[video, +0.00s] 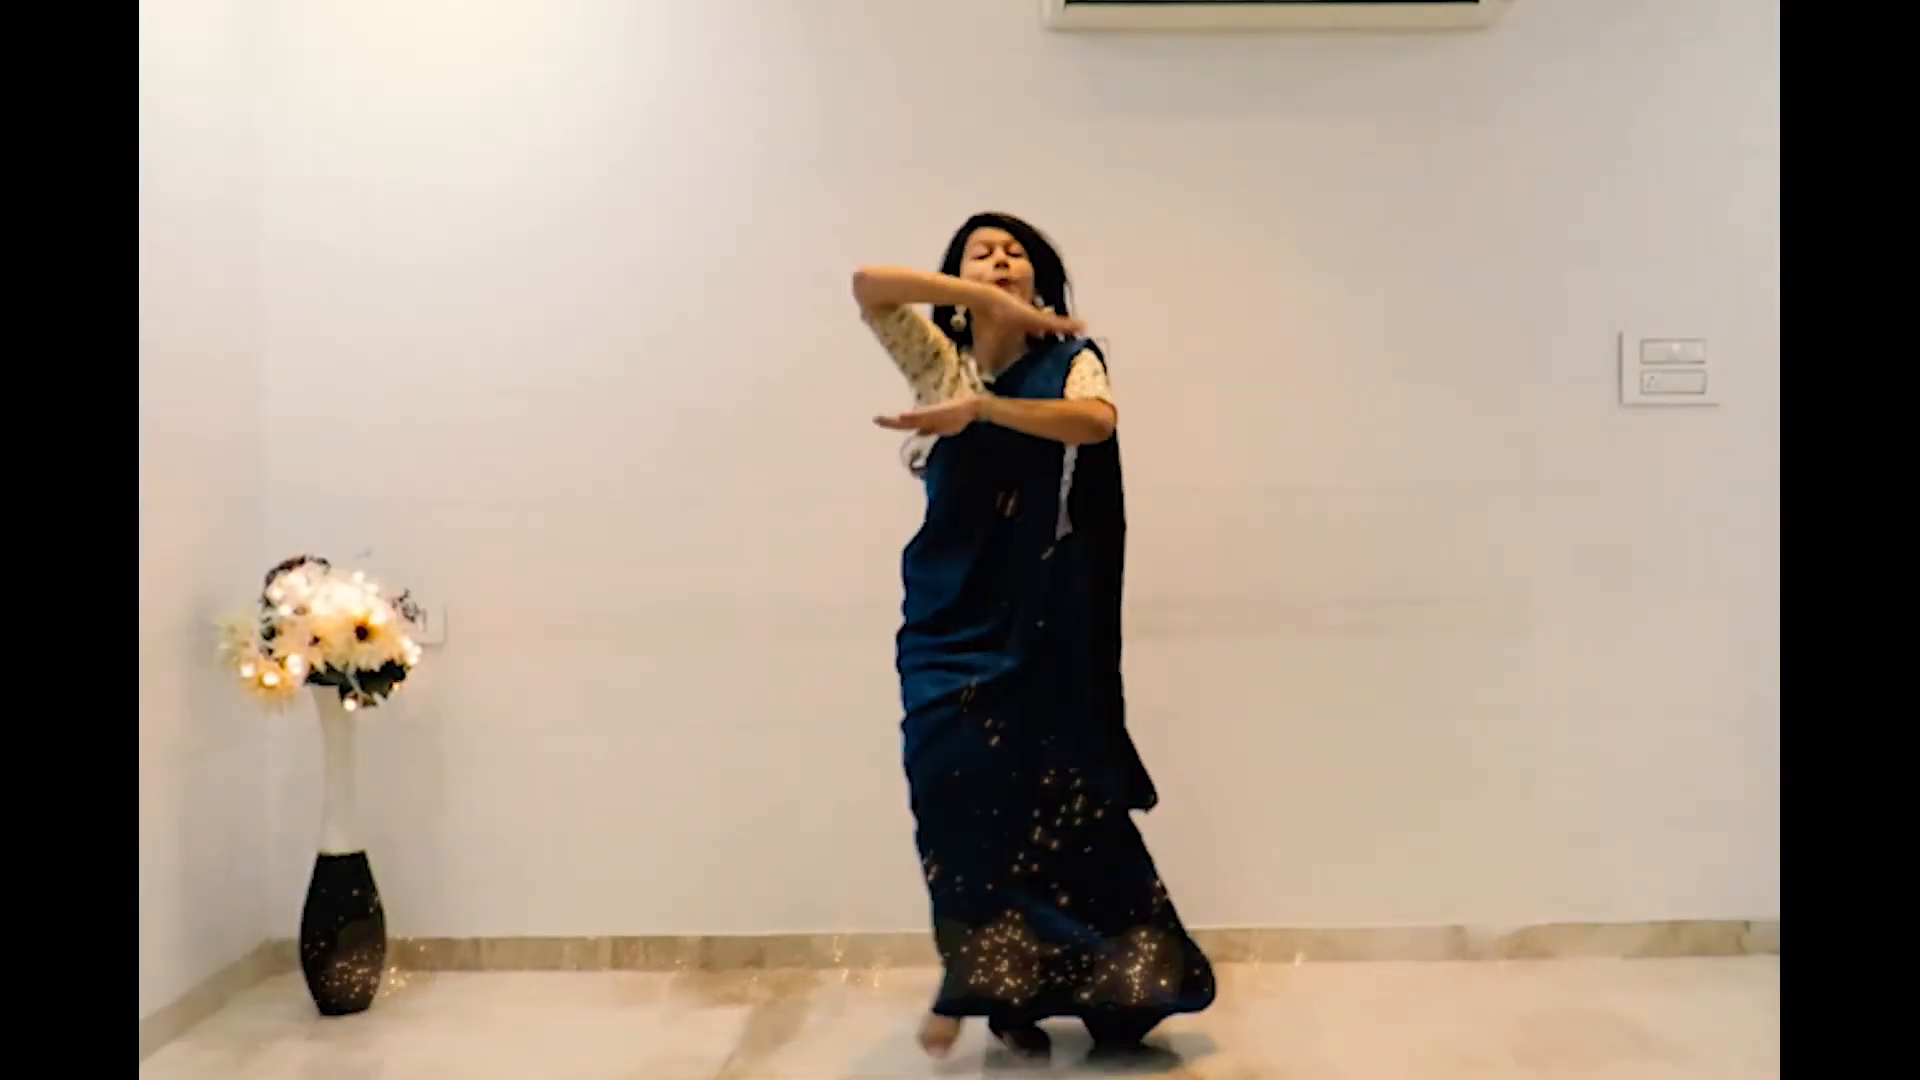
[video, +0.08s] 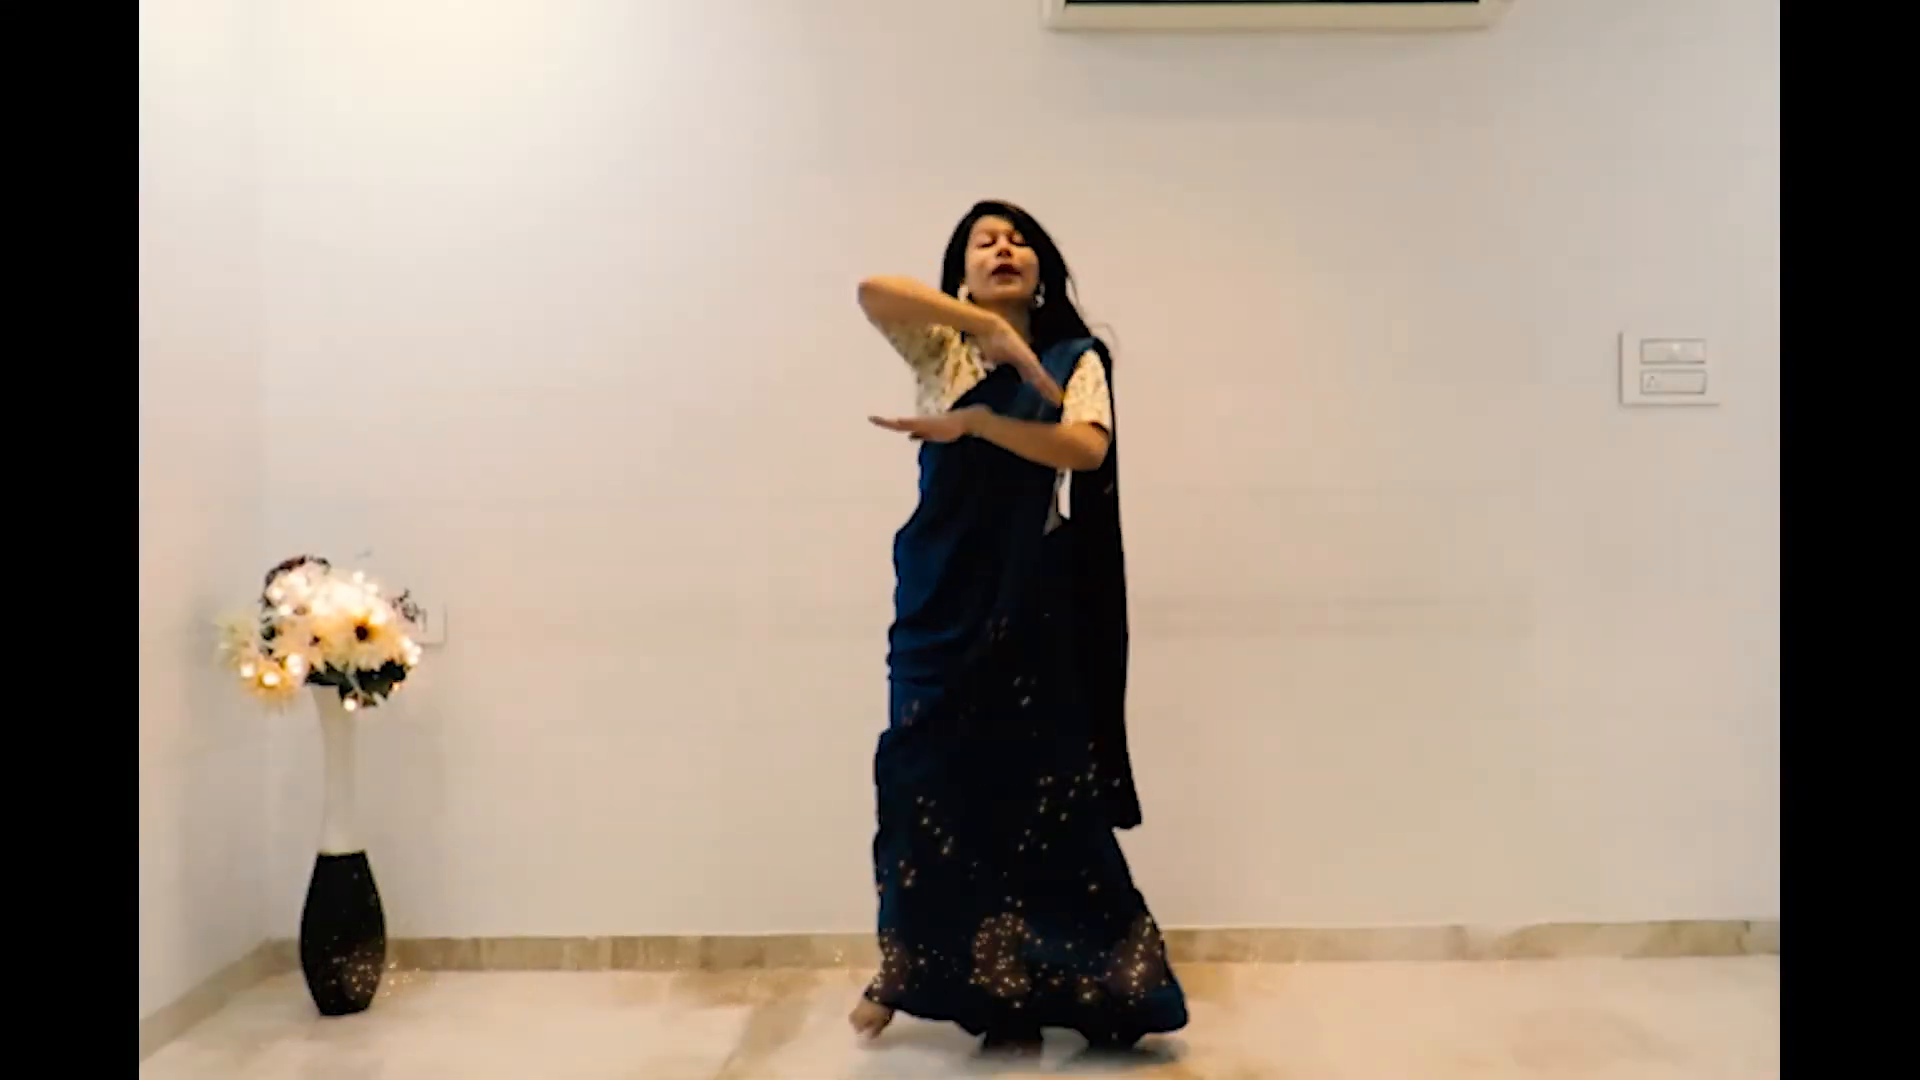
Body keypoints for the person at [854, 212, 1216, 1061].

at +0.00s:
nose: (1000, 261)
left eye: (1014, 253)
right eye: (982, 253)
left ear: (1042, 284)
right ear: (959, 287)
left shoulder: (1072, 357)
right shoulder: (941, 363)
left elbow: (1093, 420)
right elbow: (870, 285)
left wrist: (977, 407)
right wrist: (992, 300)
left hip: (1048, 620)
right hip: (950, 618)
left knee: (1057, 804)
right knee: (947, 790)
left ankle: (1106, 989)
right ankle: (963, 972)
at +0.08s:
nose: (1002, 249)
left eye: (1018, 240)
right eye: (984, 242)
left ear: (1045, 271)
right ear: (956, 274)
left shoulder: (1072, 355)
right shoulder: (940, 348)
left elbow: (1087, 447)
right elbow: (874, 293)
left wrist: (975, 422)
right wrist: (989, 323)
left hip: (1026, 595)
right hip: (937, 591)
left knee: (1024, 788)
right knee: (915, 774)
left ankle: (1022, 994)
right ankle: (895, 962)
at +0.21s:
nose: (1007, 281)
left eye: (1023, 270)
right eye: (991, 269)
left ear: (1050, 294)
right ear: (966, 291)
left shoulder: (1079, 400)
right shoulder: (925, 377)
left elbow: (1083, 527)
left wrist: (978, 506)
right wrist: (976, 442)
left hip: (1017, 622)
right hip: (924, 615)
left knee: (998, 799)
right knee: (907, 794)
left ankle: (1003, 987)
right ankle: (902, 984)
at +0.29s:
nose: (1001, 272)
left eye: (1017, 264)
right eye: (986, 262)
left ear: (1041, 294)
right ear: (960, 292)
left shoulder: (1076, 387)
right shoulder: (927, 380)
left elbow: (1103, 513)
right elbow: (888, 498)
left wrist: (1015, 558)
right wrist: (966, 417)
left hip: (1022, 618)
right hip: (928, 611)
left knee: (1008, 795)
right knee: (917, 787)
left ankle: (997, 980)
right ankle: (886, 979)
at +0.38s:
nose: (1000, 259)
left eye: (1015, 251)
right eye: (981, 251)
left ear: (1034, 287)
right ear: (953, 283)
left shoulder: (1071, 371)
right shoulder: (935, 366)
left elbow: (1125, 487)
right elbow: (912, 418)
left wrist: (1065, 554)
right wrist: (934, 302)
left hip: (1022, 614)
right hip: (928, 606)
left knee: (1010, 804)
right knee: (927, 792)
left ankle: (1001, 996)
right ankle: (897, 981)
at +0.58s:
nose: (990, 274)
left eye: (1005, 265)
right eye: (973, 262)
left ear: (1026, 293)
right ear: (943, 287)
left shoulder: (1060, 385)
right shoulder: (916, 376)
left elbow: (1110, 498)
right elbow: (943, 457)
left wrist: (1101, 585)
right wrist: (971, 385)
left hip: (1044, 630)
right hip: (950, 628)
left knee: (1033, 821)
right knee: (949, 820)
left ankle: (1027, 1015)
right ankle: (948, 1029)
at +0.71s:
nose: (978, 285)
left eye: (996, 274)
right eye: (964, 275)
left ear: (1026, 302)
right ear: (945, 303)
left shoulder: (1066, 389)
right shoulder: (921, 396)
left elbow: (1128, 502)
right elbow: (927, 506)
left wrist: (1082, 603)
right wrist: (865, 459)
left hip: (1037, 644)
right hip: (945, 643)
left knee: (1034, 831)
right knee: (916, 821)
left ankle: (1038, 1038)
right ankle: (956, 1040)